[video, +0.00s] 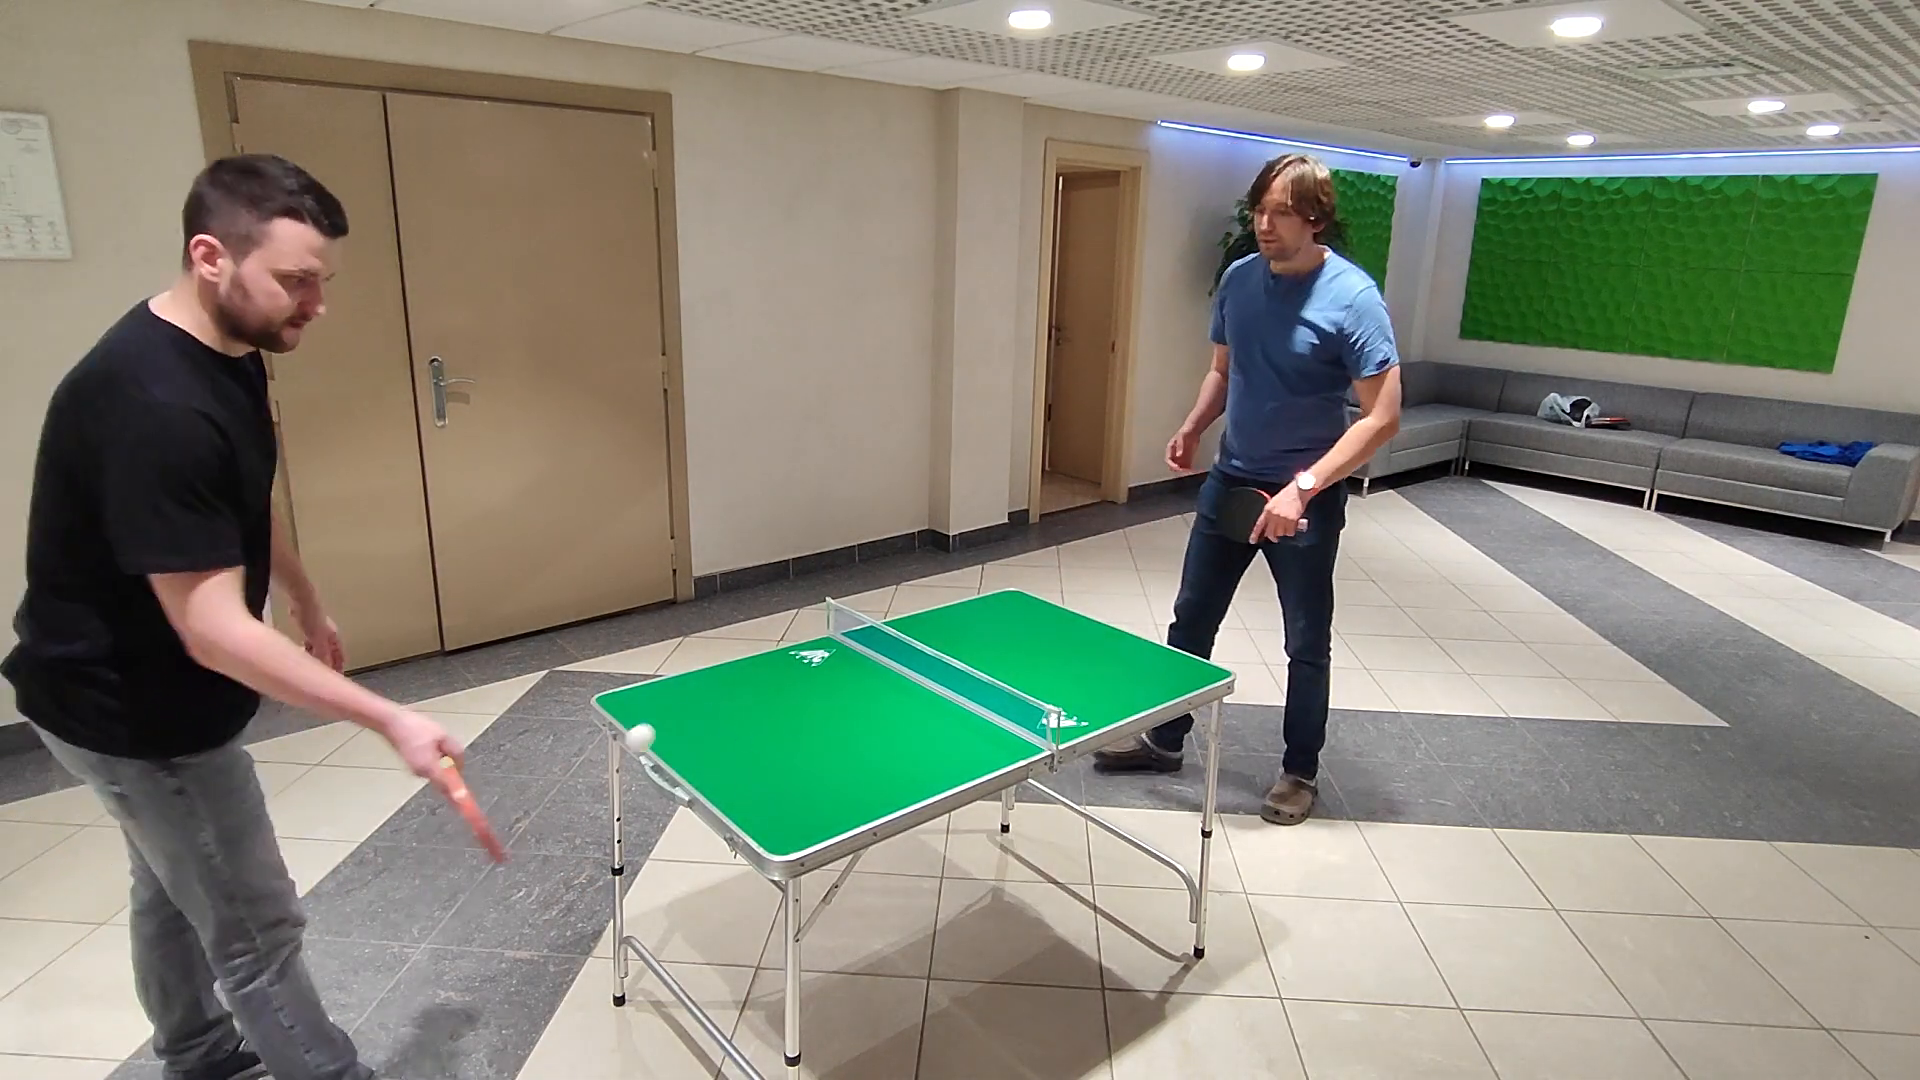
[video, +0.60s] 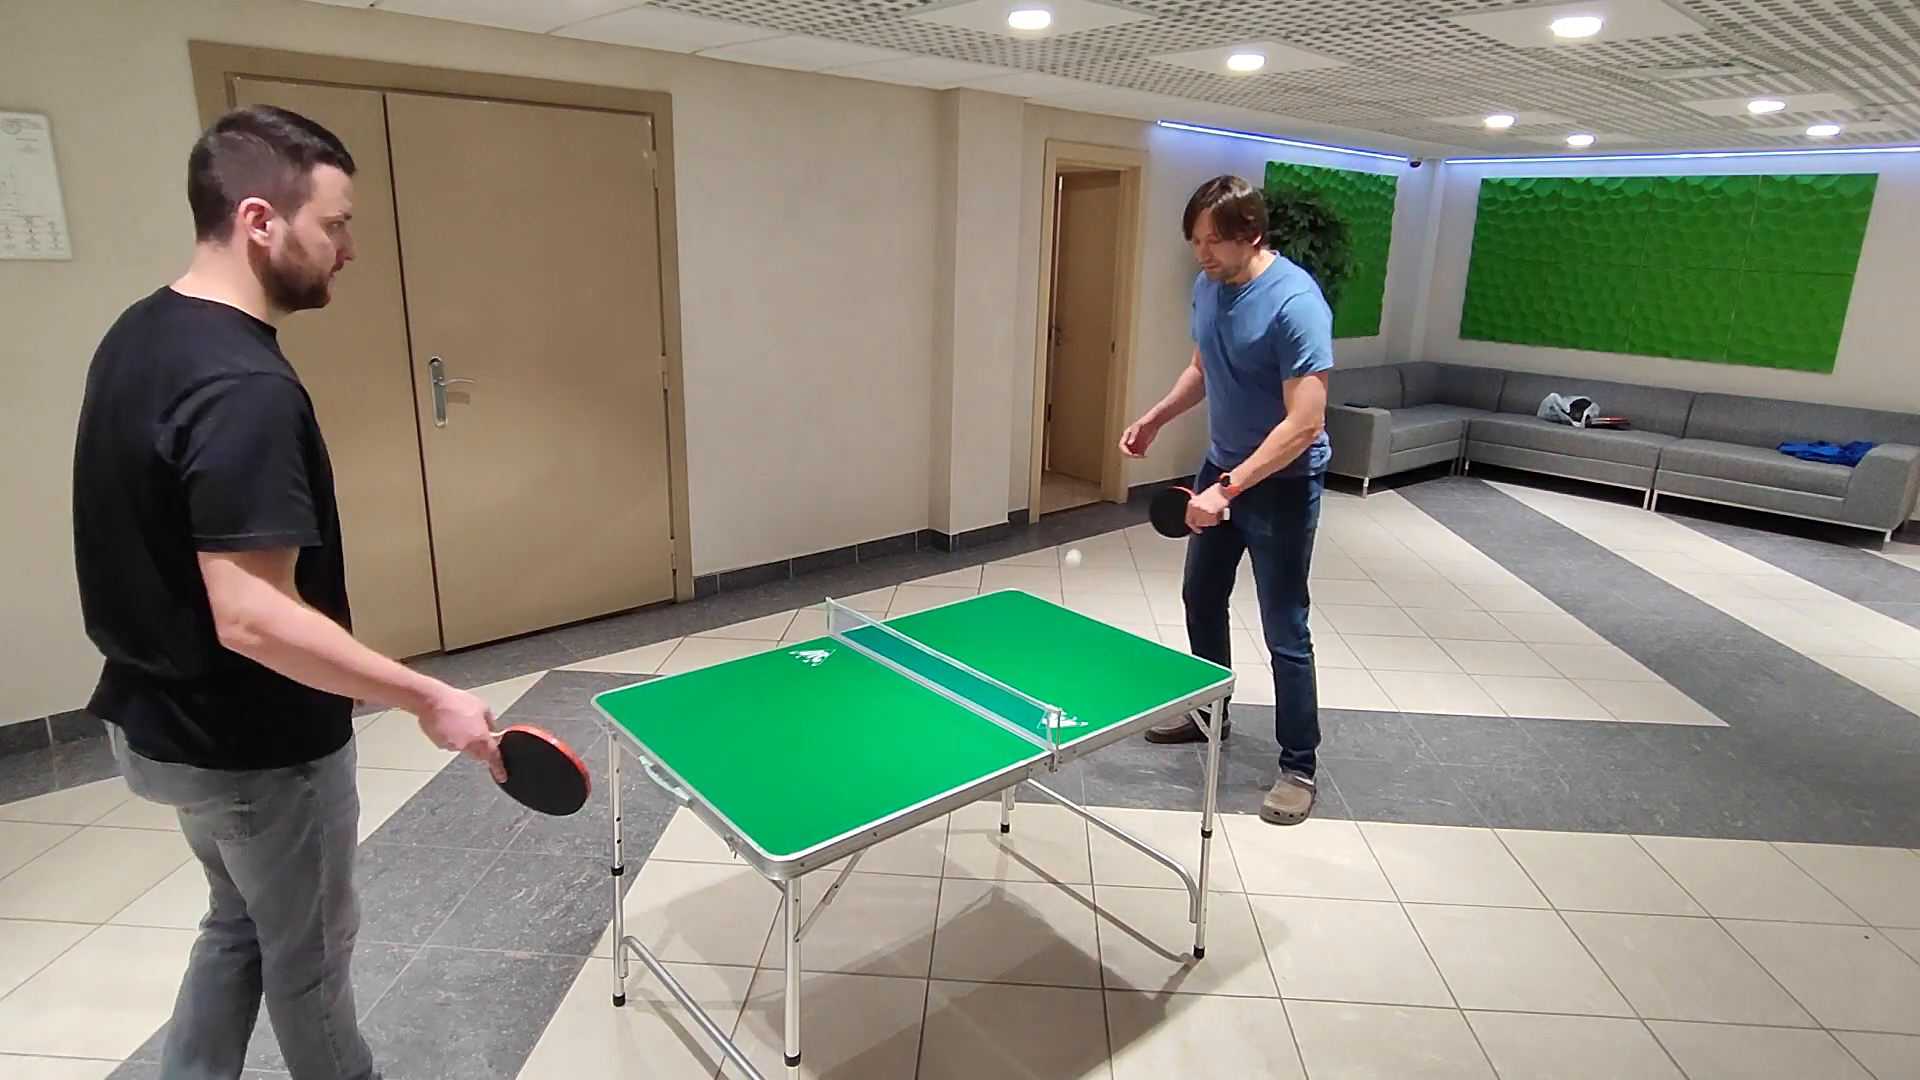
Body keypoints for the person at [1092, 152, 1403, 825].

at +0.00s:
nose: (1263, 224)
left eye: (1280, 214)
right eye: (1260, 211)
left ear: (1317, 222)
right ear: (1254, 214)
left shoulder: (1354, 296)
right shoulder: (1241, 277)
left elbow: (1385, 415)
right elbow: (1221, 370)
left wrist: (1303, 488)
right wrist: (1193, 425)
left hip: (1307, 493)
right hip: (1234, 478)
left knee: (1306, 644)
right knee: (1191, 619)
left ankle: (1298, 774)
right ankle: (1163, 739)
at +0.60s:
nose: (1199, 253)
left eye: (1209, 242)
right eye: (1195, 242)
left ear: (1248, 238)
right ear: (1201, 238)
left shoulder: (1298, 304)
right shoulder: (1210, 284)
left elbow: (1306, 423)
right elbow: (1205, 368)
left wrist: (1227, 485)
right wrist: (1154, 419)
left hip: (1284, 483)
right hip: (1223, 472)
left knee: (1286, 632)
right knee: (1202, 598)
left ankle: (1297, 771)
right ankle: (1208, 710)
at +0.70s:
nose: (1188, 260)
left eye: (1196, 247)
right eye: (1185, 248)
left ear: (1235, 241)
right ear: (1214, 244)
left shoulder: (1281, 308)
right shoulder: (1220, 289)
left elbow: (1272, 430)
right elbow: (1216, 369)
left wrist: (1187, 484)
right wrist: (1154, 415)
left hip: (1281, 484)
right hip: (1225, 477)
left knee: (1282, 626)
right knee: (1207, 597)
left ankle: (1298, 770)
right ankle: (1209, 710)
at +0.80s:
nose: (1181, 264)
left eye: (1188, 252)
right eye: (1177, 252)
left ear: (1228, 246)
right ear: (1213, 248)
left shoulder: (1267, 309)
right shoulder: (1225, 293)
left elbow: (1233, 430)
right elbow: (1223, 373)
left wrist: (1149, 486)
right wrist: (1166, 409)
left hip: (1284, 478)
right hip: (1233, 470)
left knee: (1280, 624)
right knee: (1212, 592)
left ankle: (1297, 769)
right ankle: (1209, 710)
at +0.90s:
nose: (1175, 266)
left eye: (1182, 253)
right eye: (1171, 254)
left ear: (1221, 247)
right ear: (1212, 249)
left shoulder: (1261, 307)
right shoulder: (1224, 292)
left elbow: (1209, 411)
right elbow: (1233, 371)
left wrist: (1122, 477)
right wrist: (1188, 403)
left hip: (1288, 472)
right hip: (1241, 464)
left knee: (1278, 620)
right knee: (1219, 592)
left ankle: (1298, 771)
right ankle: (1211, 711)